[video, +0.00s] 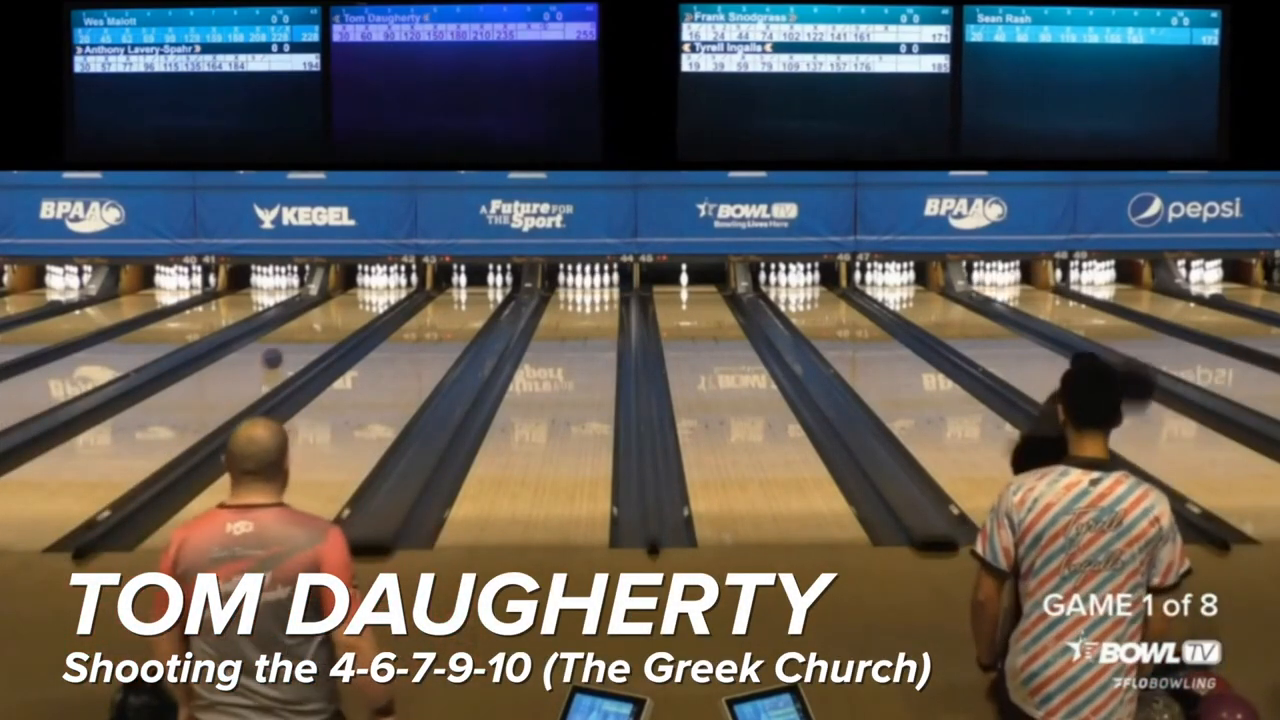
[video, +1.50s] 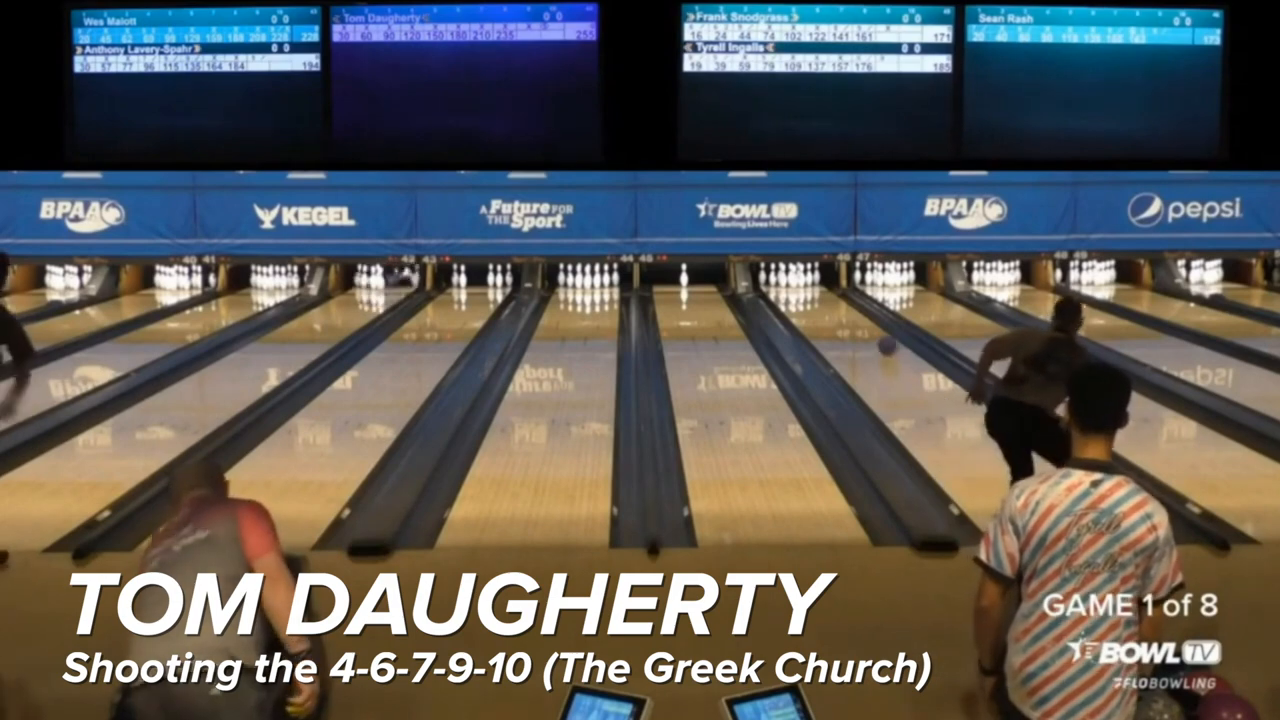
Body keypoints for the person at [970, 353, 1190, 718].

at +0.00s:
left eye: (1060, 405)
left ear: (1061, 412)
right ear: (1118, 418)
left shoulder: (1023, 493)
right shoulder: (1152, 504)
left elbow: (986, 595)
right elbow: (1161, 606)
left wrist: (988, 660)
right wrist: (1141, 670)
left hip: (1032, 686)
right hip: (1110, 693)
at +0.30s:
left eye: (1059, 408)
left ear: (1061, 414)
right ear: (1117, 419)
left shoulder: (1022, 498)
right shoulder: (1147, 511)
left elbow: (984, 601)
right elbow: (1156, 611)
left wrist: (986, 665)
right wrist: (1138, 670)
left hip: (1030, 683)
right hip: (1108, 691)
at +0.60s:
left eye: (1057, 408)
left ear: (1060, 413)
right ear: (1115, 418)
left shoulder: (1021, 498)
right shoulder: (1144, 511)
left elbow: (981, 602)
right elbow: (1152, 613)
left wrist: (985, 666)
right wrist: (1139, 670)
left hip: (1028, 683)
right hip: (1106, 691)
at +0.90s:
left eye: (1058, 405)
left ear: (1060, 413)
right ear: (1115, 418)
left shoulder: (1020, 499)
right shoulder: (1143, 512)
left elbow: (983, 602)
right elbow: (1150, 615)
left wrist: (984, 667)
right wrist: (1137, 674)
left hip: (1026, 686)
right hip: (1104, 695)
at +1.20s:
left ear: (1062, 417)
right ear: (1119, 421)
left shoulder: (1023, 498)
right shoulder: (1147, 513)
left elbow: (985, 602)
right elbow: (1150, 613)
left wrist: (985, 665)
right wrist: (1140, 672)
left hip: (1028, 686)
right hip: (1105, 694)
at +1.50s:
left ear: (1067, 414)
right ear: (1123, 422)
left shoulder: (1028, 498)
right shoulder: (1150, 514)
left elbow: (989, 600)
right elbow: (1151, 614)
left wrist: (987, 668)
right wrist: (1139, 676)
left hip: (1030, 686)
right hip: (1107, 695)